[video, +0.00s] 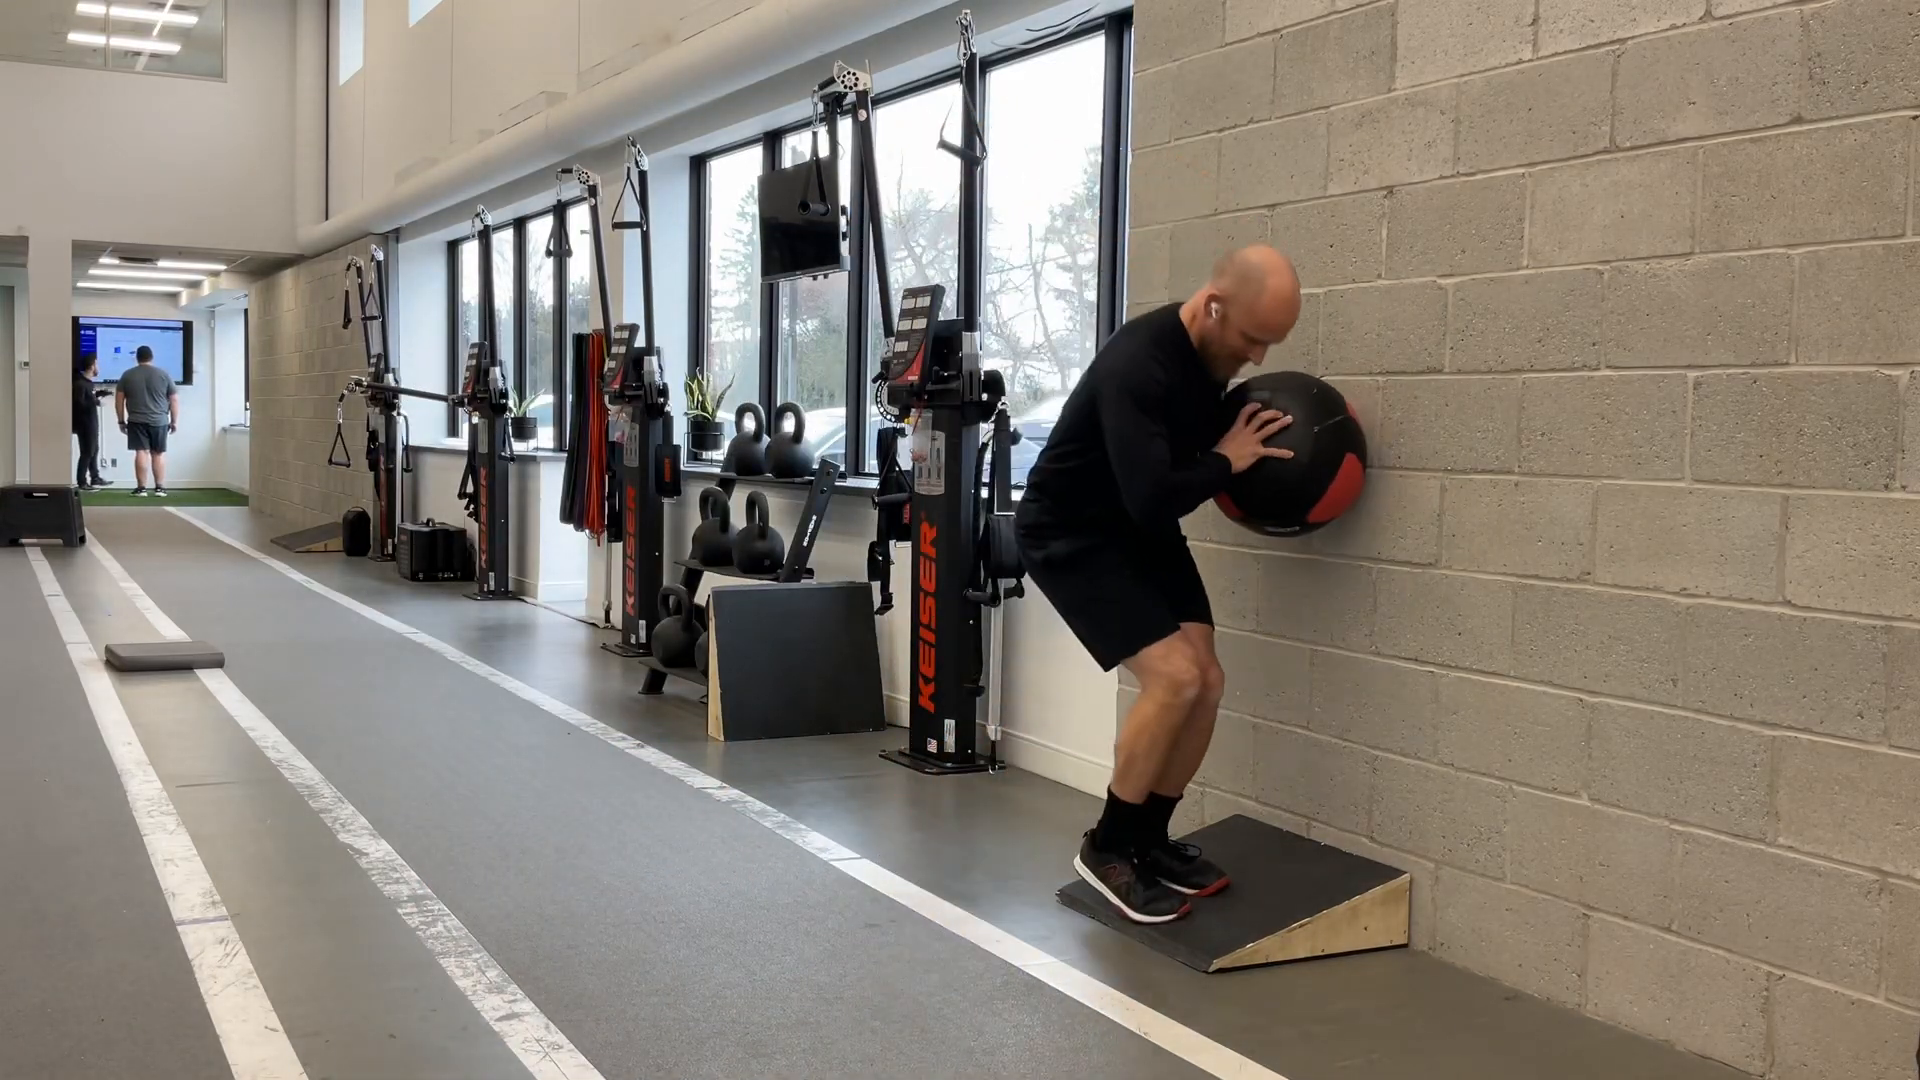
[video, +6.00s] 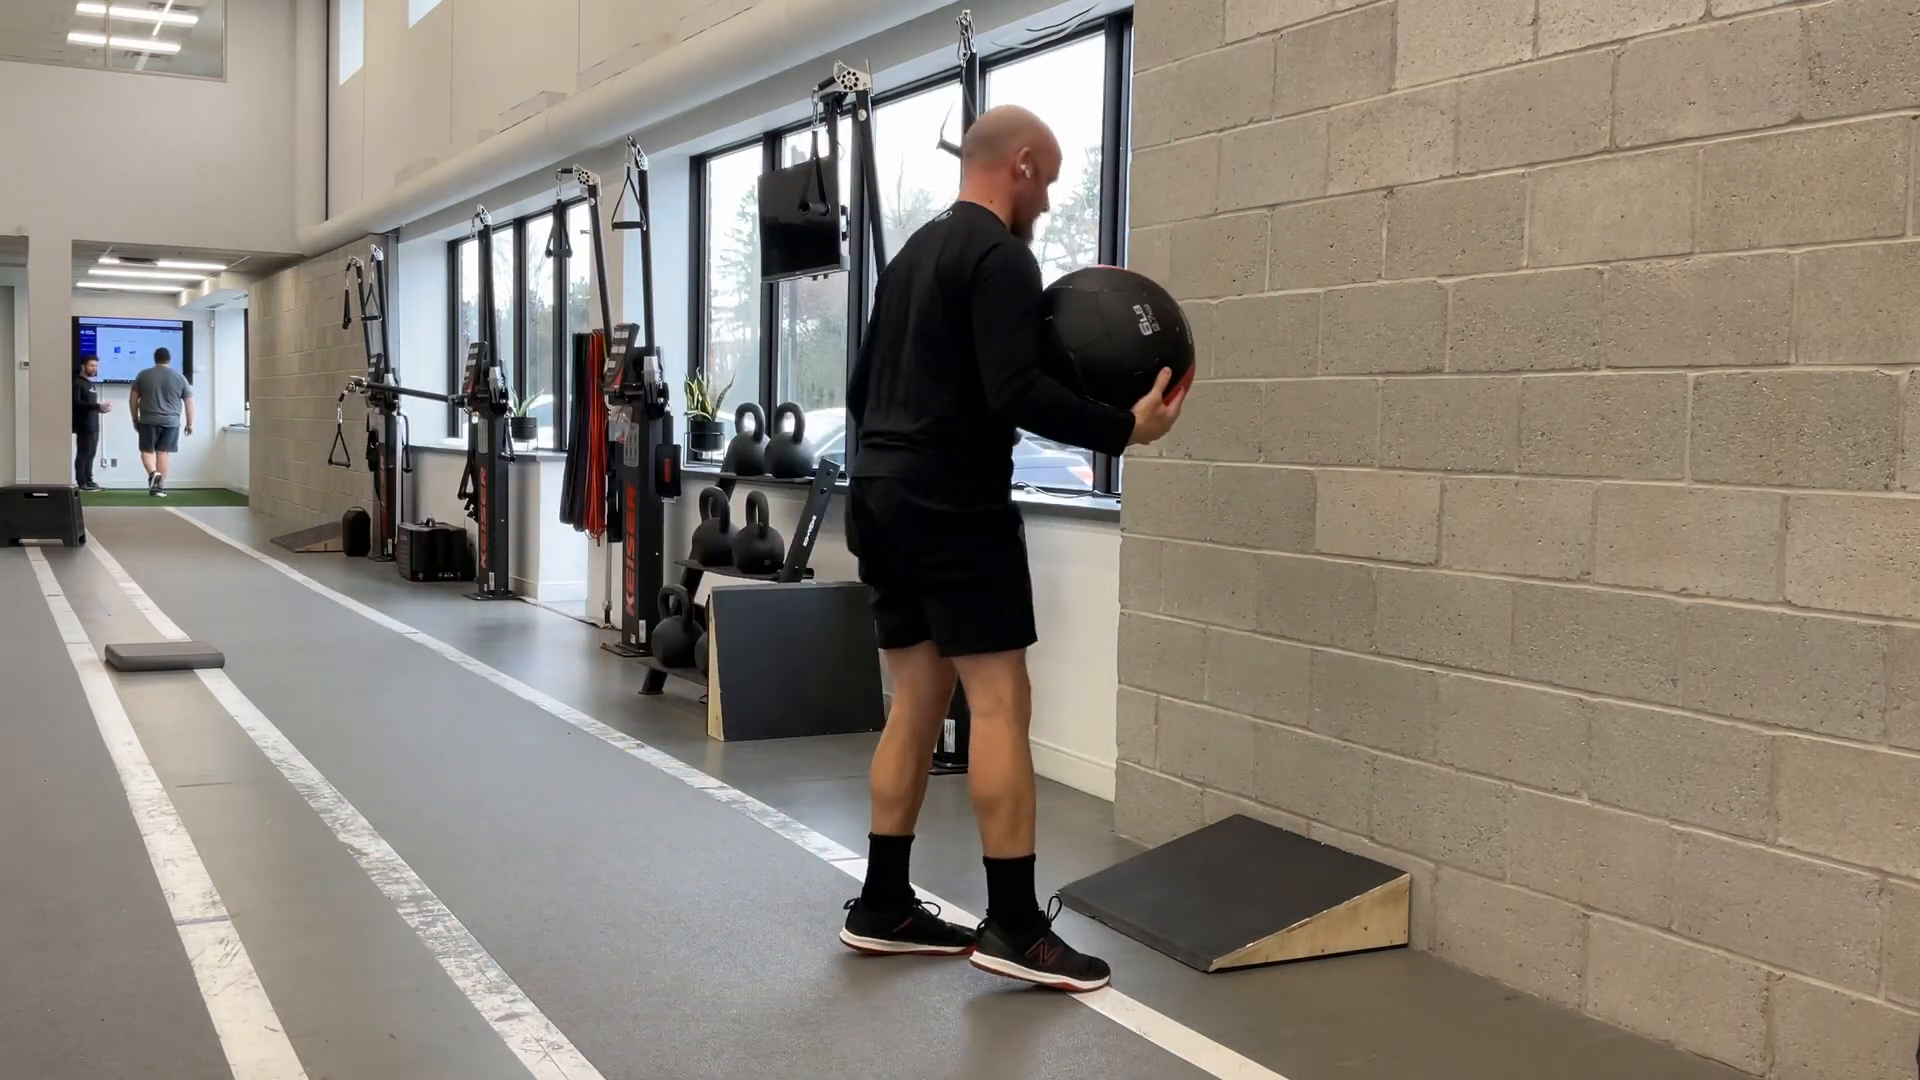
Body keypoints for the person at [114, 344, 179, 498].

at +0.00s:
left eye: (139, 357)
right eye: (149, 357)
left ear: (137, 358)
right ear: (152, 358)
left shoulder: (128, 375)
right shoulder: (163, 375)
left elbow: (119, 399)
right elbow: (173, 398)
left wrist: (121, 420)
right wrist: (174, 421)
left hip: (136, 421)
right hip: (158, 422)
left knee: (141, 452)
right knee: (157, 454)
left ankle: (141, 487)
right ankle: (159, 487)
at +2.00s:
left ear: (154, 359)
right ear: (169, 360)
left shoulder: (143, 375)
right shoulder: (179, 377)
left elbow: (133, 399)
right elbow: (188, 402)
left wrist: (133, 420)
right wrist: (188, 423)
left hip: (149, 422)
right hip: (171, 423)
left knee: (147, 451)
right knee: (164, 453)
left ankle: (148, 477)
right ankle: (160, 488)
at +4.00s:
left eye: (158, 359)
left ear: (155, 360)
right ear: (170, 360)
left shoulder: (144, 374)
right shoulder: (179, 377)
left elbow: (133, 397)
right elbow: (189, 401)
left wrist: (134, 418)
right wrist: (190, 423)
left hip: (146, 421)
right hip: (169, 423)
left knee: (144, 449)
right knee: (161, 454)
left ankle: (150, 471)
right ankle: (157, 487)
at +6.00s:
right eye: (166, 358)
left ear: (154, 359)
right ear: (169, 360)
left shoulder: (144, 375)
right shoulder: (178, 377)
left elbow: (133, 397)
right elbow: (189, 401)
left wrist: (134, 417)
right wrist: (189, 423)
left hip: (148, 422)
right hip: (170, 423)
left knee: (147, 451)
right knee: (163, 452)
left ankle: (153, 473)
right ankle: (159, 488)